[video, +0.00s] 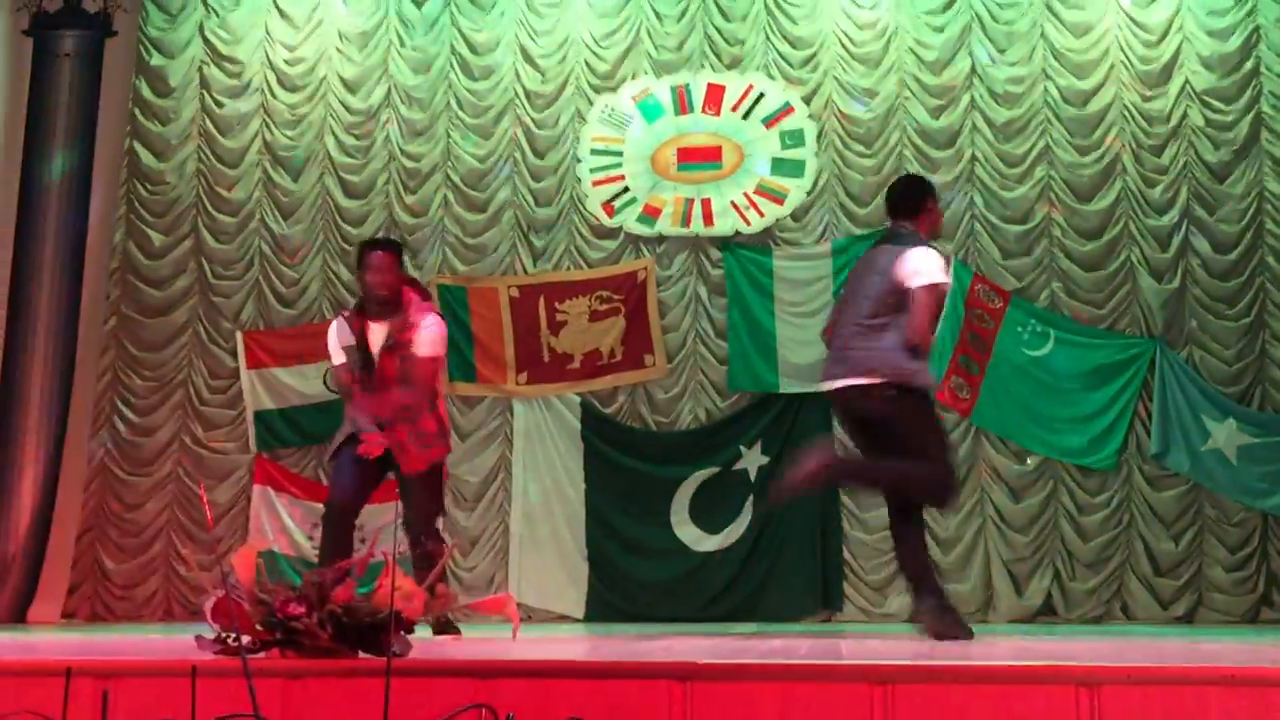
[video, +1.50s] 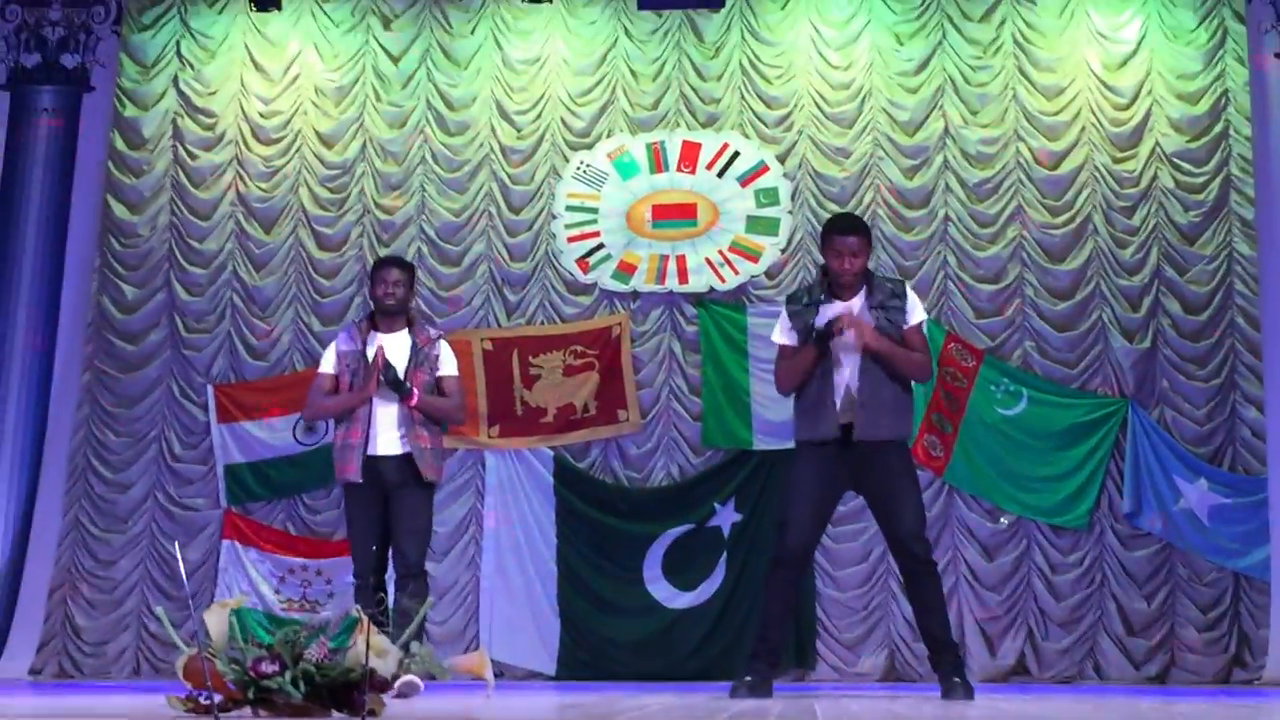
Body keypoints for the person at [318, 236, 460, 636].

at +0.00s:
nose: (380, 280)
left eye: (388, 271)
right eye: (372, 271)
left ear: (401, 276)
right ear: (359, 276)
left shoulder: (427, 325)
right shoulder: (343, 327)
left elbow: (418, 393)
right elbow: (350, 393)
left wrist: (369, 413)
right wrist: (367, 424)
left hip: (418, 438)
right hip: (367, 437)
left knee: (422, 526)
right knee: (339, 506)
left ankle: (439, 614)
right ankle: (327, 605)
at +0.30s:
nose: (437, 255)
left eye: (435, 249)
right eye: (436, 248)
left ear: (394, 249)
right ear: (429, 248)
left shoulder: (365, 296)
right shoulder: (429, 284)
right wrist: (450, 386)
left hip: (370, 415)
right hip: (407, 407)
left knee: (417, 509)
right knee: (445, 506)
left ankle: (401, 595)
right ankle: (376, 568)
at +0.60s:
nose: (330, 240)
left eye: (335, 232)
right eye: (331, 232)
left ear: (355, 231)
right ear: (374, 231)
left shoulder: (355, 270)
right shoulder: (408, 265)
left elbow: (320, 339)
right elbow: (454, 309)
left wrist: (303, 352)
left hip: (383, 405)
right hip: (416, 404)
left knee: (376, 510)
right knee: (383, 506)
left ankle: (412, 613)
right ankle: (411, 608)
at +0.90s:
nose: (370, 240)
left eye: (380, 233)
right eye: (366, 233)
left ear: (403, 238)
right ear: (361, 239)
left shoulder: (427, 286)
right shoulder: (355, 287)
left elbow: (414, 345)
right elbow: (313, 347)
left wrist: (359, 320)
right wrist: (310, 311)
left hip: (399, 417)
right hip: (353, 414)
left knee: (394, 514)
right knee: (351, 519)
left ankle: (401, 615)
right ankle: (359, 614)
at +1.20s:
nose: (367, 250)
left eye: (376, 244)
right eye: (360, 242)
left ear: (388, 251)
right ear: (347, 248)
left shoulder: (410, 304)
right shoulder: (321, 302)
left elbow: (429, 367)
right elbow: (299, 366)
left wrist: (388, 343)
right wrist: (346, 337)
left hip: (389, 426)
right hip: (337, 427)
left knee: (386, 524)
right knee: (339, 528)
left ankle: (385, 623)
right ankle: (342, 624)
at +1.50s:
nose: (390, 291)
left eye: (399, 285)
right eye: (383, 284)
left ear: (412, 292)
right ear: (371, 290)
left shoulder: (433, 343)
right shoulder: (345, 343)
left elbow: (456, 413)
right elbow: (313, 408)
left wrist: (411, 395)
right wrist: (363, 393)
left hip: (412, 467)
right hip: (361, 468)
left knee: (411, 566)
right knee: (367, 569)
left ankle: (407, 656)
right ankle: (371, 657)